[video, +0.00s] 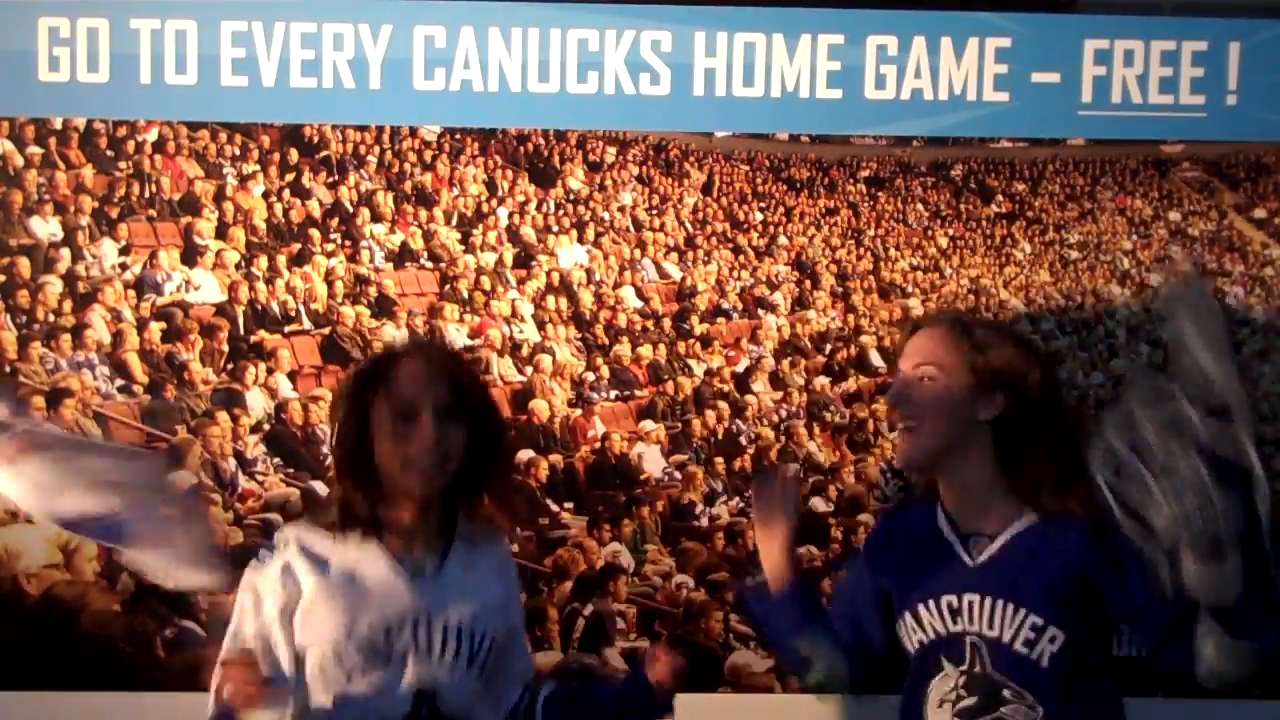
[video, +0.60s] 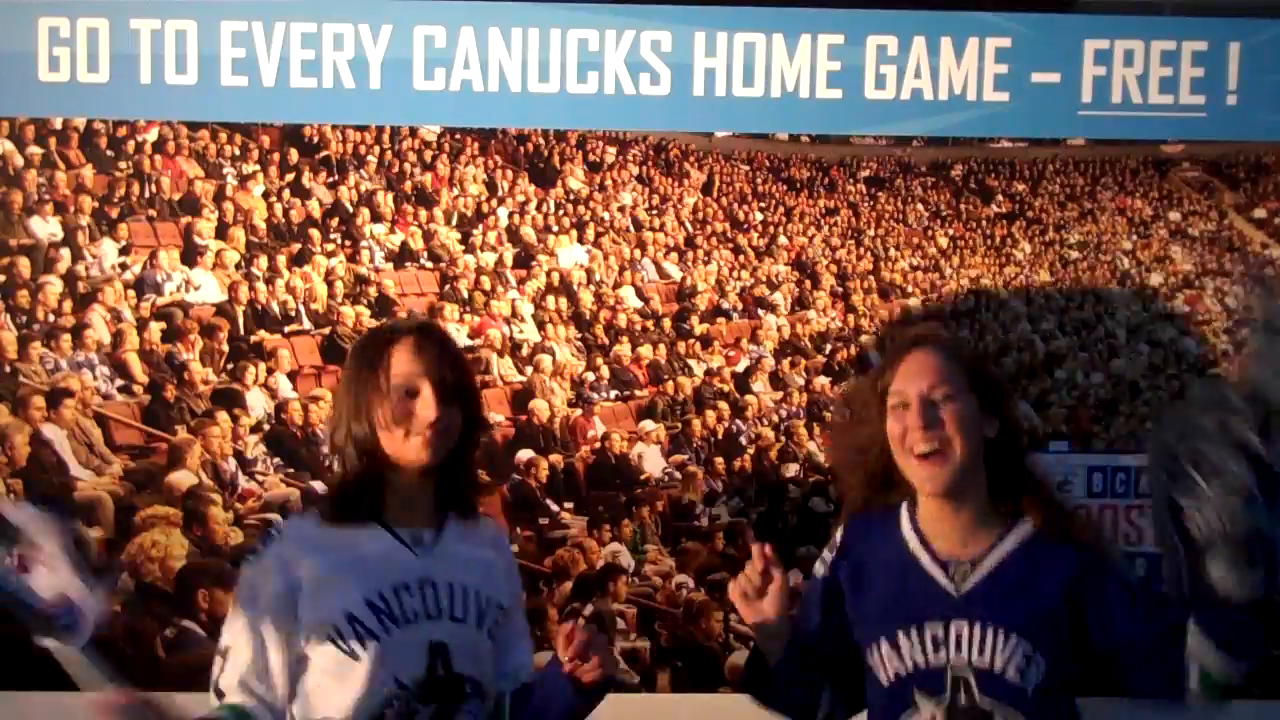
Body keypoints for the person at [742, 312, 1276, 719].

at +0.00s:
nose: (896, 392)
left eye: (924, 376)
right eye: (898, 377)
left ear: (989, 403)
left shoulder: (1086, 541)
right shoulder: (901, 537)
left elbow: (1175, 674)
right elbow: (830, 669)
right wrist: (777, 556)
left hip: (1057, 710)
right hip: (934, 709)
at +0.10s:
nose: (895, 434)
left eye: (919, 412)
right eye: (893, 413)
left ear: (986, 428)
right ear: (887, 426)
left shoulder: (1094, 560)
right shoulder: (901, 589)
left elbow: (1245, 593)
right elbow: (886, 713)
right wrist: (799, 660)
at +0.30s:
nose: (909, 410)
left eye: (935, 393)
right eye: (898, 393)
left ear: (984, 417)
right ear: (883, 413)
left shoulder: (1059, 552)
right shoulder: (872, 557)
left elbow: (1126, 688)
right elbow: (846, 697)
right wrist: (781, 626)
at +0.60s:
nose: (921, 422)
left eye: (942, 401)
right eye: (902, 406)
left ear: (984, 420)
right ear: (884, 432)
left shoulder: (1066, 565)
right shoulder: (859, 555)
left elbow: (1166, 689)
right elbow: (813, 701)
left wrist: (1231, 588)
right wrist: (775, 640)